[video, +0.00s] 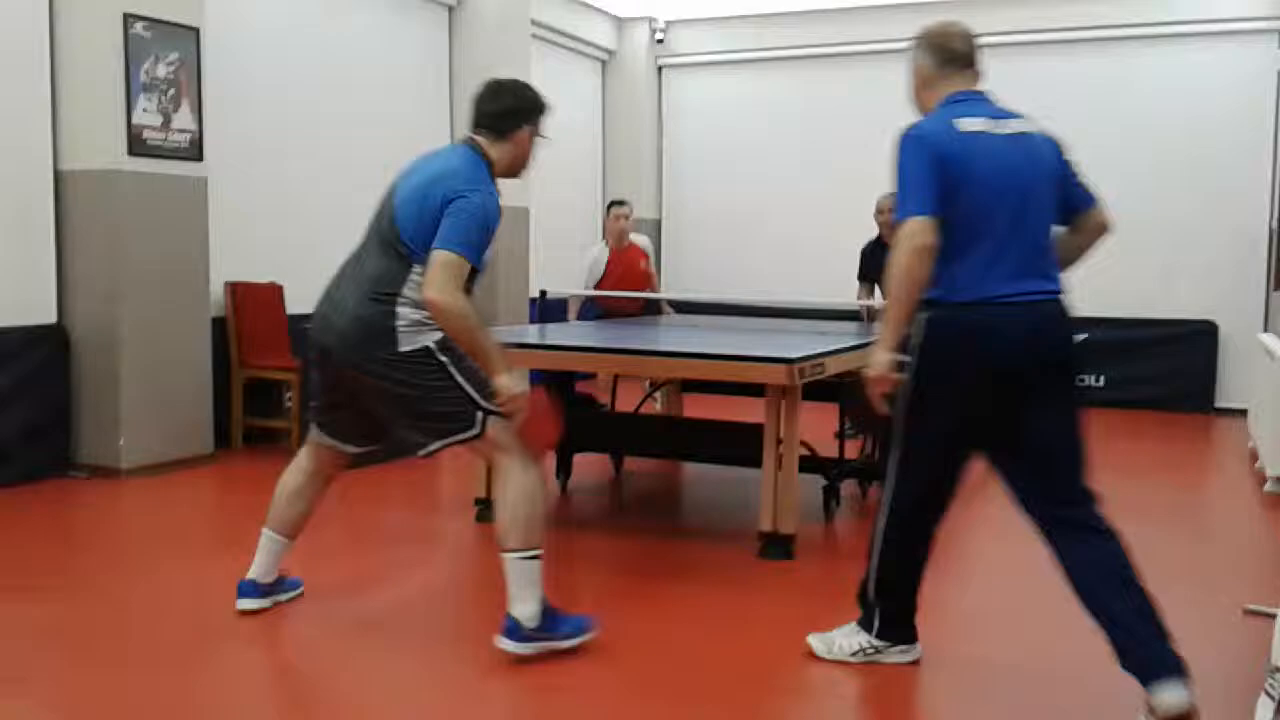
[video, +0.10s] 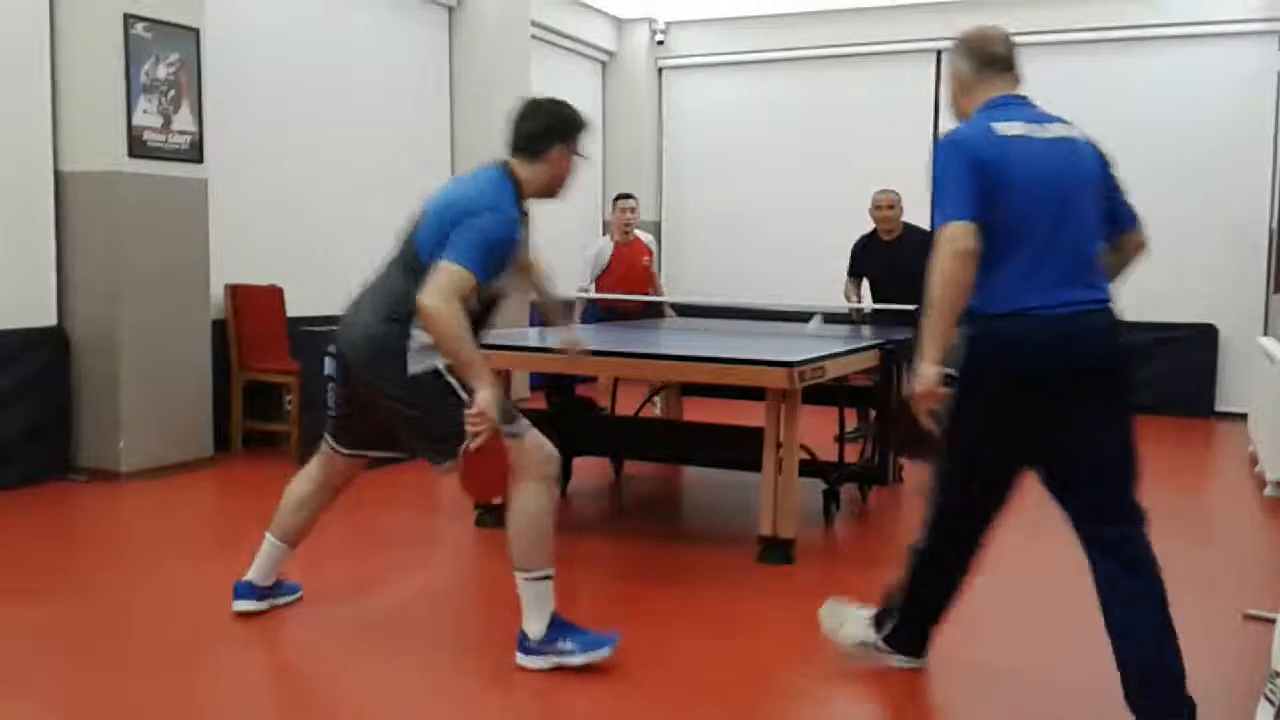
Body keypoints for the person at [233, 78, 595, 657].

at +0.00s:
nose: (534, 149)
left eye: (535, 137)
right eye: (535, 137)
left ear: (481, 126)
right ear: (518, 134)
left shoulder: (435, 165)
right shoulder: (475, 193)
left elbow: (396, 263)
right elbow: (442, 294)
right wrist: (497, 370)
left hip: (336, 332)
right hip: (396, 339)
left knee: (321, 454)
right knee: (515, 454)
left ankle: (258, 579)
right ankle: (528, 616)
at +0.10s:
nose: (572, 169)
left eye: (573, 157)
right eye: (571, 156)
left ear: (527, 148)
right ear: (552, 155)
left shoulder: (485, 186)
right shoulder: (496, 213)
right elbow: (437, 302)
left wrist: (549, 301)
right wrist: (484, 384)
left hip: (357, 349)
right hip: (404, 360)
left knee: (332, 464)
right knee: (539, 461)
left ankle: (257, 580)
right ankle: (541, 630)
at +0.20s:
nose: (630, 174)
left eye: (632, 162)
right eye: (628, 162)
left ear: (584, 155)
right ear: (604, 160)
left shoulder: (549, 189)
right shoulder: (544, 213)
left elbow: (586, 231)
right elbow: (497, 309)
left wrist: (614, 284)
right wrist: (565, 372)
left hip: (404, 340)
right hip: (450, 353)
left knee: (358, 446)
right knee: (557, 462)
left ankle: (273, 557)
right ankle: (545, 627)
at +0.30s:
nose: (698, 179)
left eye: (699, 166)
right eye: (692, 166)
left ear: (648, 157)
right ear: (660, 161)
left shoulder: (603, 193)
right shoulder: (604, 216)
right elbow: (622, 331)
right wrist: (732, 363)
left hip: (455, 335)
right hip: (486, 353)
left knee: (413, 445)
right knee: (586, 480)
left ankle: (331, 549)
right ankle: (546, 637)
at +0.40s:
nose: (756, 163)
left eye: (758, 149)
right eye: (754, 148)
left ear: (707, 133)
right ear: (724, 142)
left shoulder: (643, 166)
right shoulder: (668, 213)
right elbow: (742, 339)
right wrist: (844, 322)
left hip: (496, 320)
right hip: (528, 340)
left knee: (493, 445)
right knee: (606, 489)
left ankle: (444, 562)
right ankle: (545, 634)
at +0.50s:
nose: (806, 145)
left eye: (809, 132)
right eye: (805, 130)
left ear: (749, 115)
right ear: (777, 122)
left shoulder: (682, 144)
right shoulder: (747, 207)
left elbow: (602, 190)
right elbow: (808, 318)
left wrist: (569, 268)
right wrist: (885, 336)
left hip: (553, 321)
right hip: (580, 344)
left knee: (608, 477)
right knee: (621, 503)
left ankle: (607, 596)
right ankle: (545, 633)